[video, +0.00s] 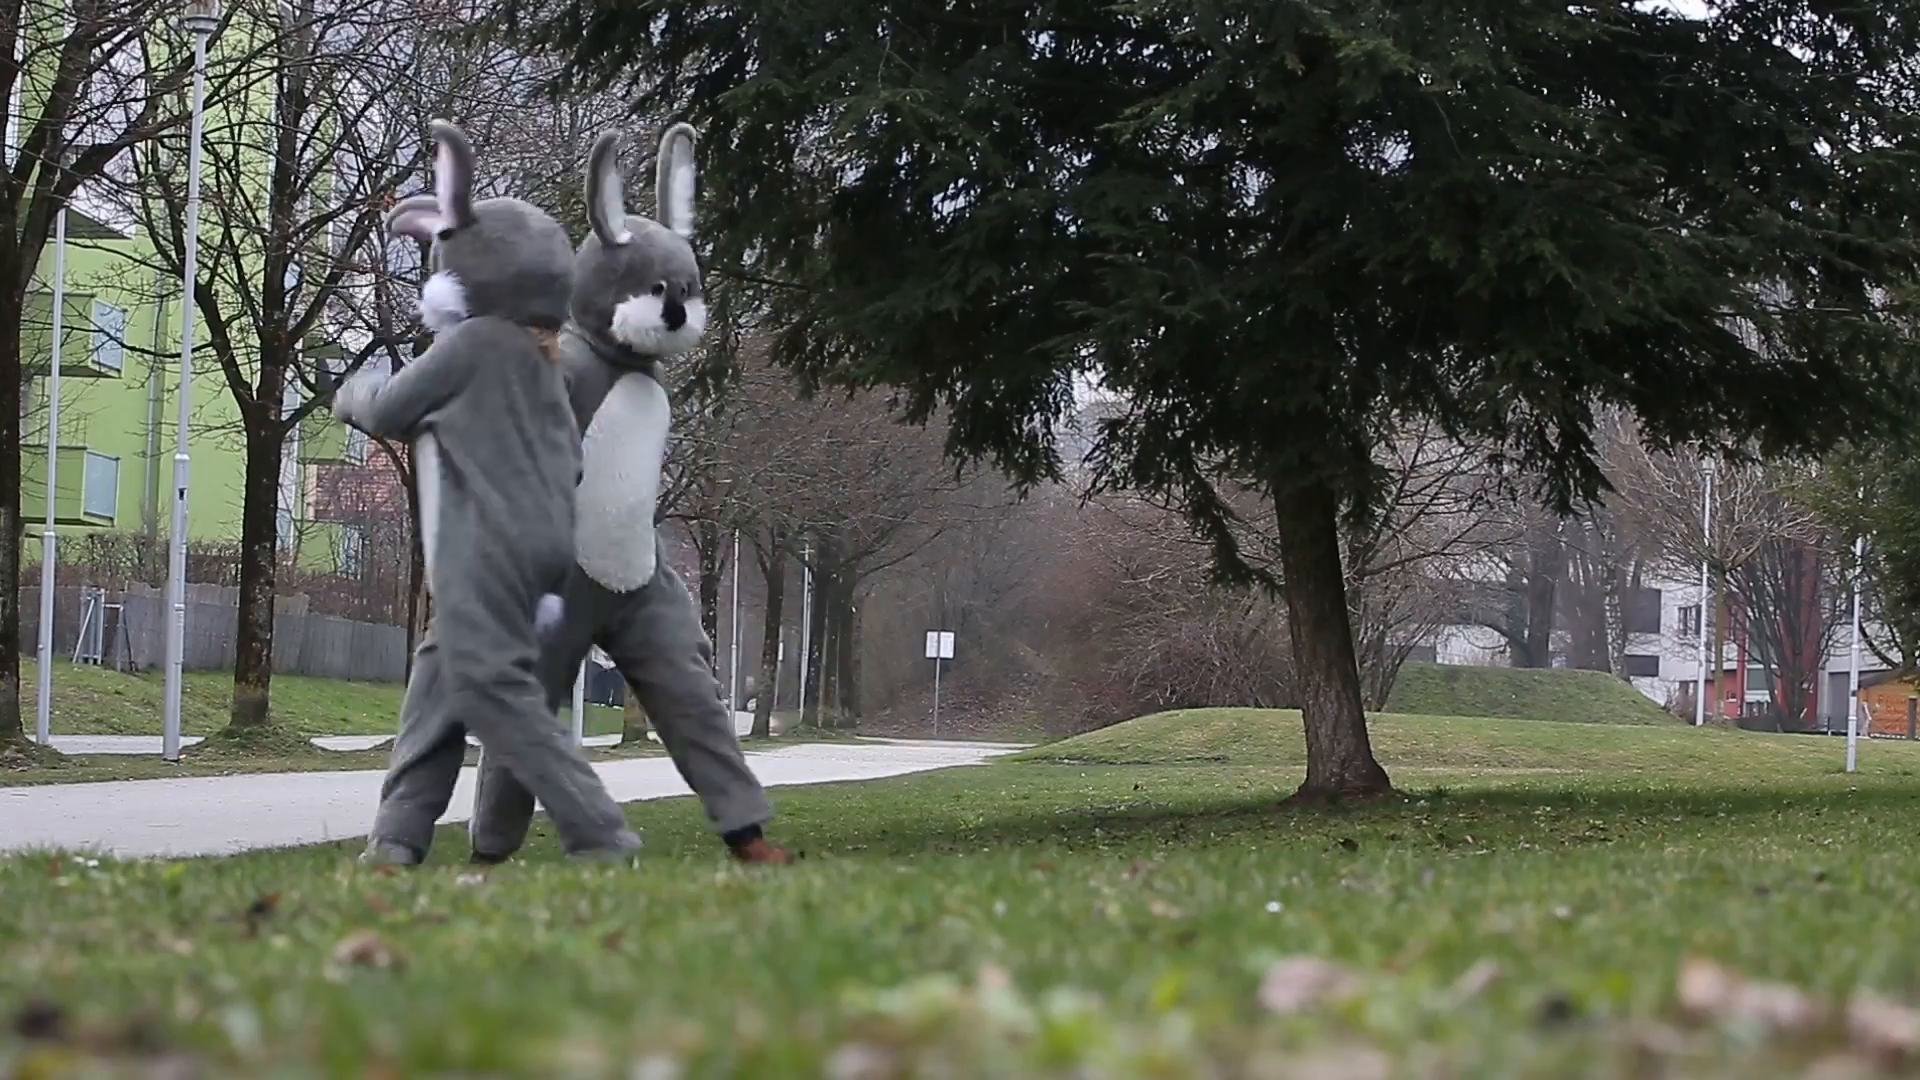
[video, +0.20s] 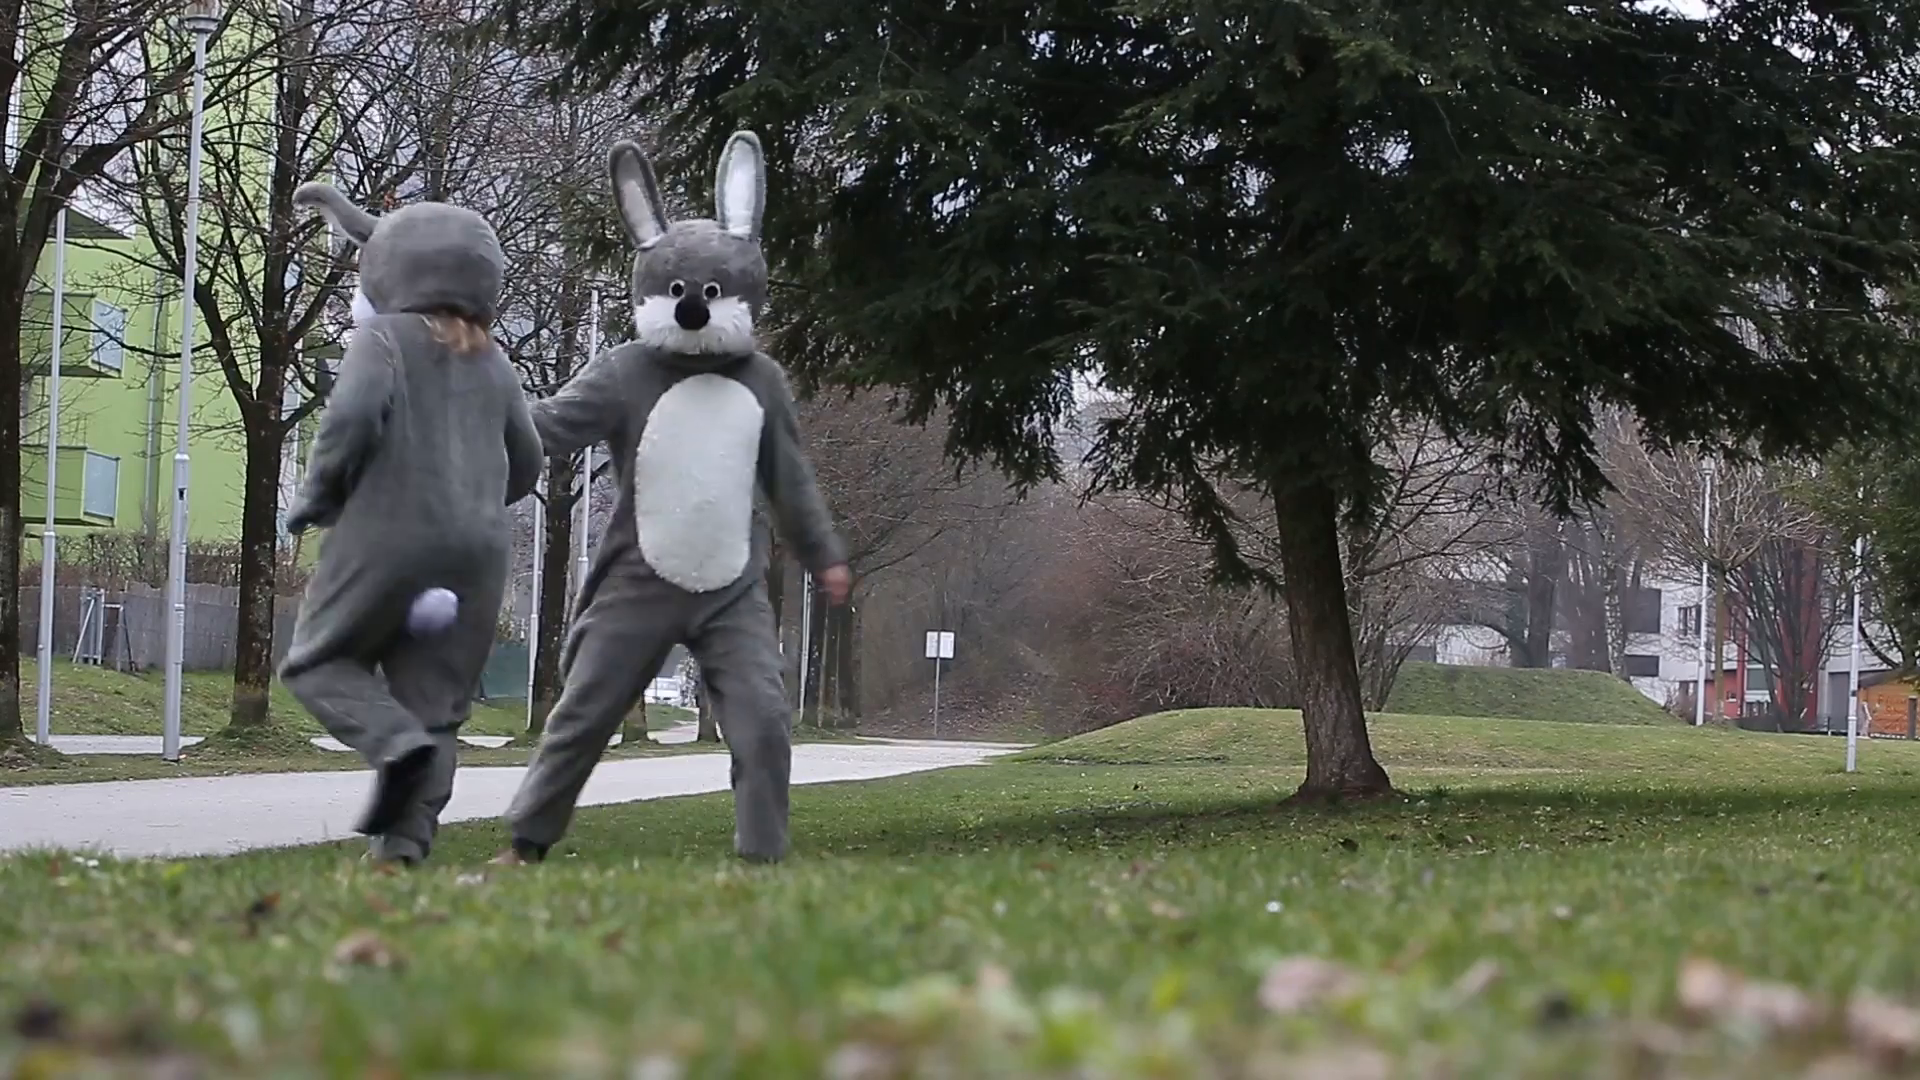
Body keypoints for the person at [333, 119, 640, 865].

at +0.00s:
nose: (441, 278)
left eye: (452, 265)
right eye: (444, 264)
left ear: (480, 277)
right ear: (540, 284)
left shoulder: (473, 343)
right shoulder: (549, 363)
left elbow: (389, 410)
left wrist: (356, 387)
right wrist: (416, 384)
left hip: (484, 541)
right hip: (546, 541)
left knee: (491, 690)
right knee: (439, 682)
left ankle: (602, 840)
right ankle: (399, 840)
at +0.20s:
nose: (366, 279)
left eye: (374, 264)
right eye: (371, 264)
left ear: (393, 271)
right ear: (483, 281)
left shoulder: (382, 339)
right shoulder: (497, 362)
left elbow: (356, 415)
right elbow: (528, 460)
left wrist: (317, 496)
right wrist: (477, 495)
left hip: (392, 533)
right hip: (481, 541)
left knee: (315, 661)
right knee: (436, 702)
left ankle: (398, 744)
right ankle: (407, 844)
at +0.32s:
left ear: (360, 247)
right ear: (463, 256)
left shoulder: (345, 307)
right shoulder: (479, 333)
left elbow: (296, 358)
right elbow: (518, 432)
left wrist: (309, 432)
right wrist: (484, 473)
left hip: (333, 512)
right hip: (434, 521)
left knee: (313, 641)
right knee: (412, 674)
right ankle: (373, 824)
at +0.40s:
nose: (464, 263)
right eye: (458, 252)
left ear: (350, 250)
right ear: (441, 260)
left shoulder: (320, 316)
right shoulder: (453, 340)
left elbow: (248, 363)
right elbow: (503, 437)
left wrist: (276, 437)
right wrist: (481, 472)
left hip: (303, 516)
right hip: (399, 529)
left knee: (294, 669)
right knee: (382, 682)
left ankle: (248, 823)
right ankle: (319, 836)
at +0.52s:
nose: (429, 321)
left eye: (429, 307)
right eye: (425, 308)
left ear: (322, 298)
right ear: (403, 309)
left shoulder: (280, 376)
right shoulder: (397, 381)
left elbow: (211, 435)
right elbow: (441, 480)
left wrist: (268, 484)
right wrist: (490, 459)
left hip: (272, 573)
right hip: (353, 579)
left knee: (278, 724)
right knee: (384, 713)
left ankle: (214, 858)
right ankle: (287, 848)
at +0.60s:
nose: (415, 347)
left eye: (417, 332)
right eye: (411, 330)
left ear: (314, 319)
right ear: (383, 325)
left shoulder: (281, 395)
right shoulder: (364, 396)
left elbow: (238, 478)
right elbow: (393, 500)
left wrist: (305, 513)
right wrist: (470, 483)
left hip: (257, 580)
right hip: (325, 583)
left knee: (294, 737)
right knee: (394, 713)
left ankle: (219, 856)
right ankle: (296, 843)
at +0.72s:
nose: (397, 333)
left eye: (401, 316)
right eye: (394, 314)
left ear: (316, 302)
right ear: (361, 307)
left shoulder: (298, 371)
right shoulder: (325, 376)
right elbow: (332, 470)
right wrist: (425, 488)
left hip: (272, 566)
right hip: (312, 566)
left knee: (298, 711)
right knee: (408, 676)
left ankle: (221, 852)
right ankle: (314, 829)